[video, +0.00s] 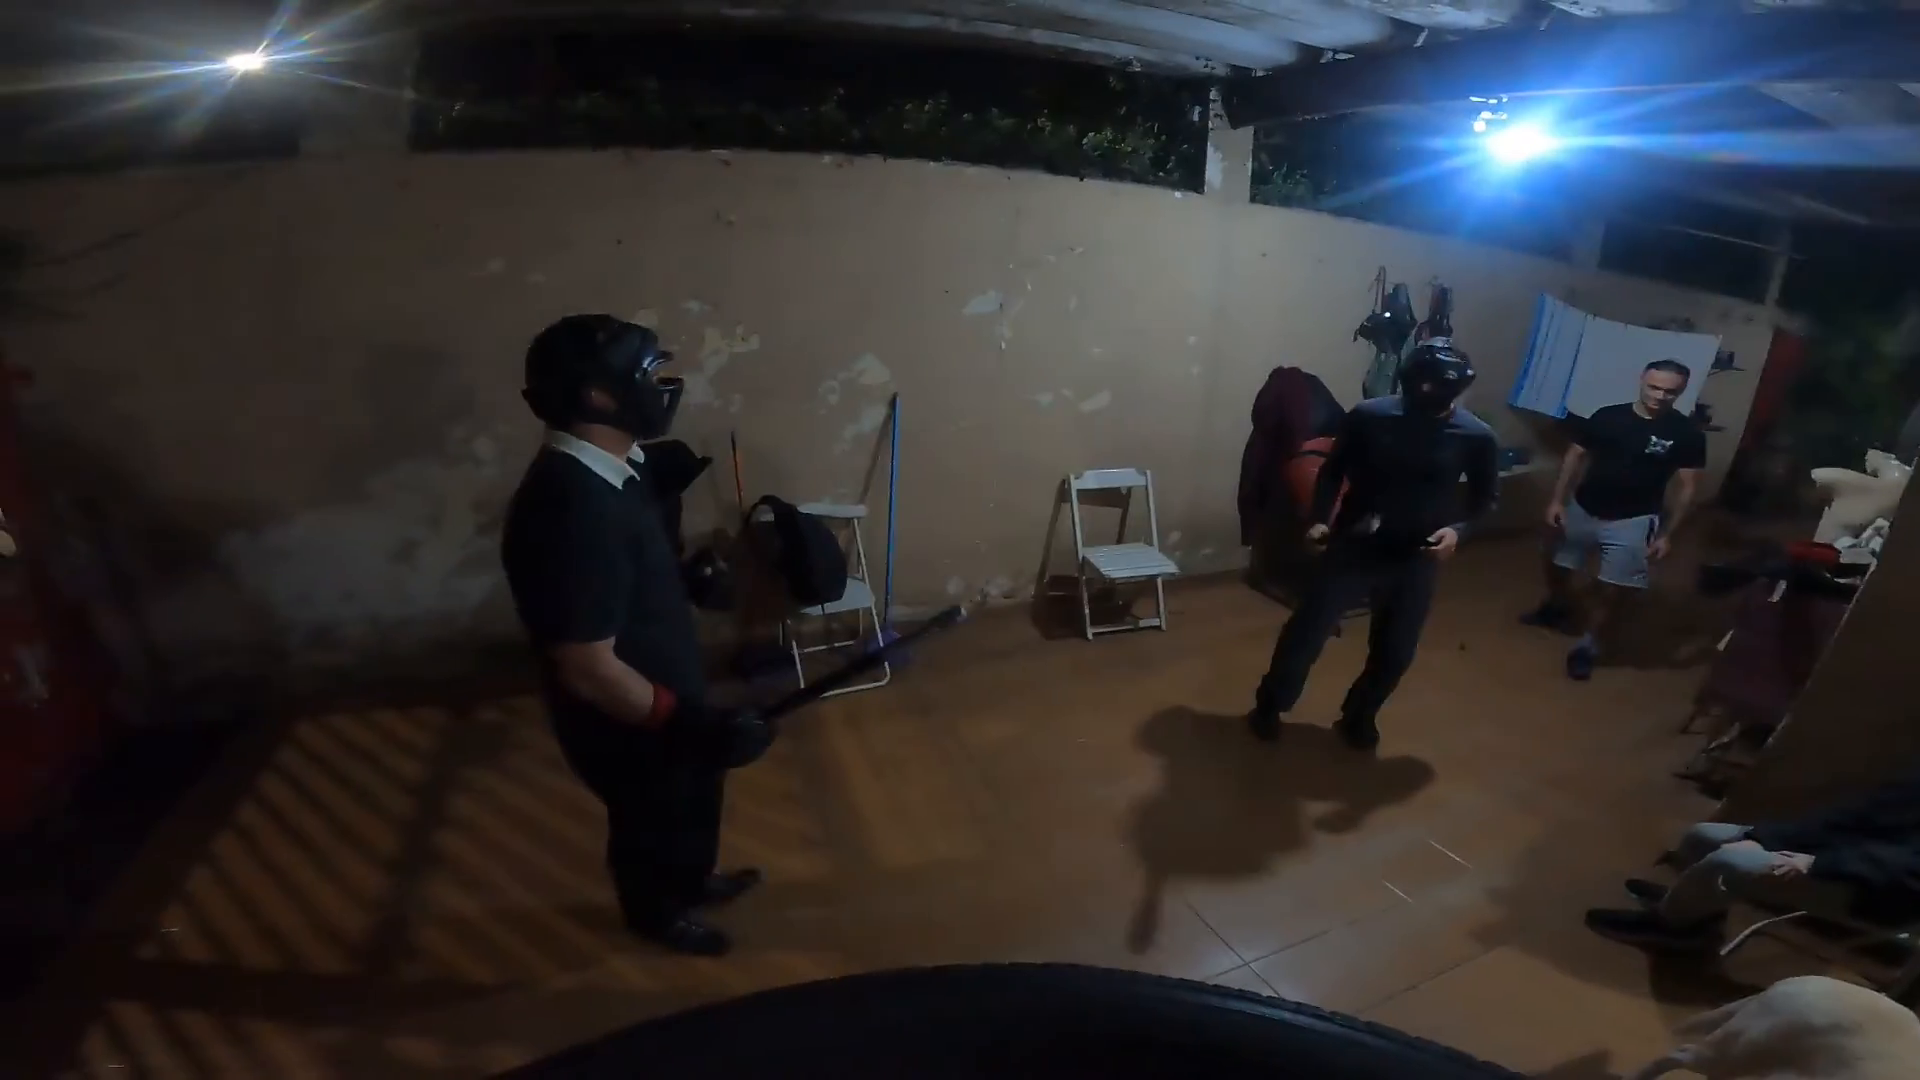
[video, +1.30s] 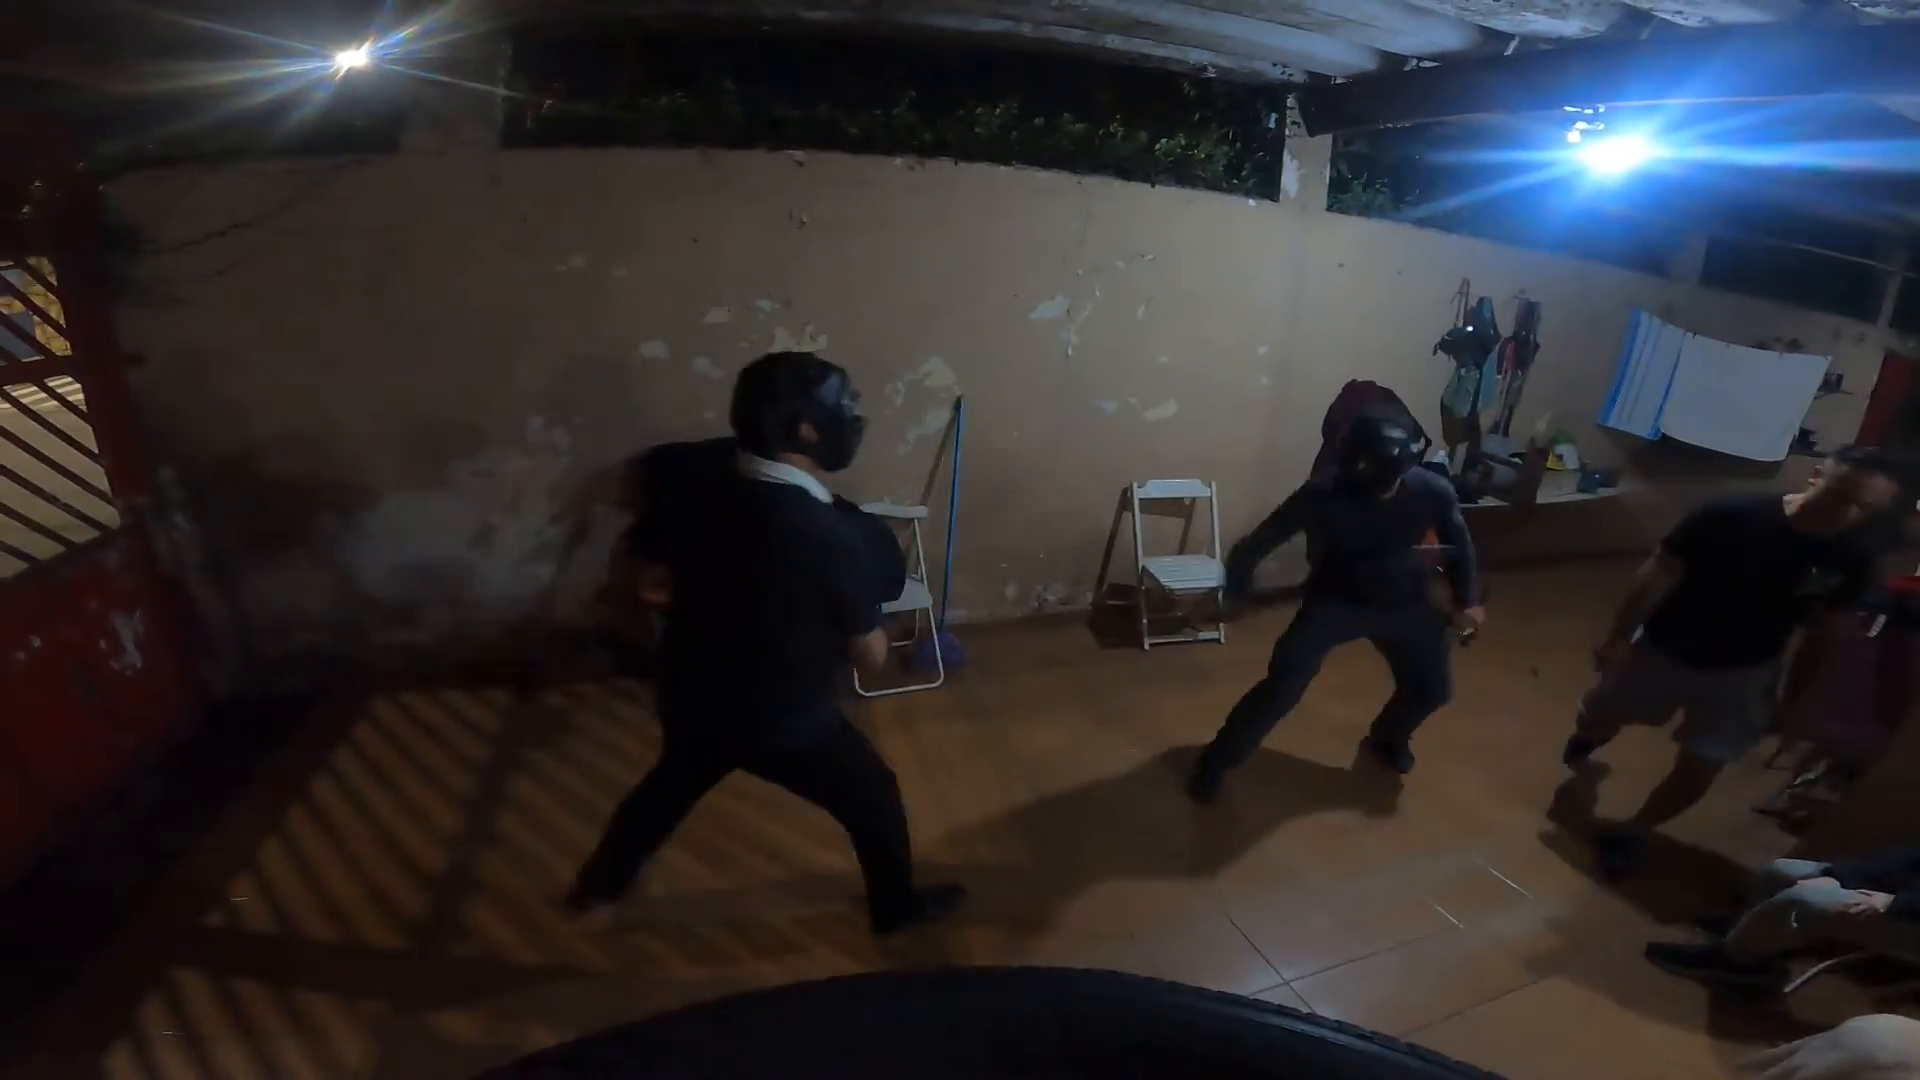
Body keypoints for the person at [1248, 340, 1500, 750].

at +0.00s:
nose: (1437, 396)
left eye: (1447, 388)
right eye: (1429, 385)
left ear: (1459, 390)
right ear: (1409, 382)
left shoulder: (1475, 439)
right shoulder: (1370, 418)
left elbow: (1484, 501)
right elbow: (1332, 472)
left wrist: (1457, 530)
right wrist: (1320, 520)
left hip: (1416, 558)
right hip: (1357, 545)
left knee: (1395, 654)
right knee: (1310, 624)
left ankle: (1359, 714)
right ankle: (1271, 703)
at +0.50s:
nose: (1395, 420)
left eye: (1406, 412)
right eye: (1392, 410)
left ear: (1434, 414)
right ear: (1388, 406)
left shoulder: (1475, 463)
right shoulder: (1366, 445)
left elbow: (1495, 527)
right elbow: (1314, 483)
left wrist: (1479, 557)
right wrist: (1259, 493)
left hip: (1421, 589)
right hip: (1354, 578)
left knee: (1417, 680)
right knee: (1299, 659)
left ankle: (1407, 740)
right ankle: (1238, 749)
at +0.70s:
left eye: (1380, 399)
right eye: (1372, 397)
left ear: (1408, 405)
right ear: (1371, 400)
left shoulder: (1449, 452)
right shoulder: (1332, 440)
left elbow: (1471, 509)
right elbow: (1261, 485)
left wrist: (1465, 543)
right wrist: (1200, 458)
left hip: (1410, 586)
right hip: (1339, 583)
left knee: (1416, 676)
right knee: (1293, 671)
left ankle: (1415, 738)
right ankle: (1246, 760)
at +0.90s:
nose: (1389, 418)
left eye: (1396, 405)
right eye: (1378, 405)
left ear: (1407, 402)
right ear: (1358, 399)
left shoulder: (1436, 451)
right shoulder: (1320, 442)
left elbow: (1454, 507)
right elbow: (1277, 500)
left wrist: (1456, 543)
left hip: (1396, 585)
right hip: (1325, 583)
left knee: (1400, 675)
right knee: (1282, 672)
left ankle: (1385, 730)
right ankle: (1244, 756)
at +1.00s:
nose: (1402, 414)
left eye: (1409, 403)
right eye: (1392, 401)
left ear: (1418, 402)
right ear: (1368, 399)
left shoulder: (1441, 455)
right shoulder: (1327, 444)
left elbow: (1455, 515)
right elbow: (1290, 515)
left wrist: (1453, 557)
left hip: (1396, 586)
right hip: (1328, 579)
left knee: (1398, 676)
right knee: (1283, 662)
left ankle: (1386, 732)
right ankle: (1246, 753)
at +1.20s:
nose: (1406, 457)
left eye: (1413, 445)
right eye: (1397, 444)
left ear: (1424, 438)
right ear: (1372, 436)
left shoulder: (1444, 481)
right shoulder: (1333, 471)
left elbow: (1461, 543)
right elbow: (1277, 538)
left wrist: (1447, 602)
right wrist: (1312, 587)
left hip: (1402, 608)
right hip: (1331, 599)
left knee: (1407, 690)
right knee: (1279, 682)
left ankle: (1385, 736)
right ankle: (1228, 756)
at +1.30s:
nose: (1385, 485)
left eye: (1393, 472)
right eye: (1376, 471)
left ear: (1407, 464)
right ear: (1357, 461)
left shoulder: (1432, 493)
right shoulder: (1323, 495)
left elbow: (1459, 546)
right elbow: (1251, 548)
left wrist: (1466, 601)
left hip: (1402, 602)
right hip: (1332, 602)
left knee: (1431, 688)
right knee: (1282, 690)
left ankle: (1388, 738)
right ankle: (1215, 762)